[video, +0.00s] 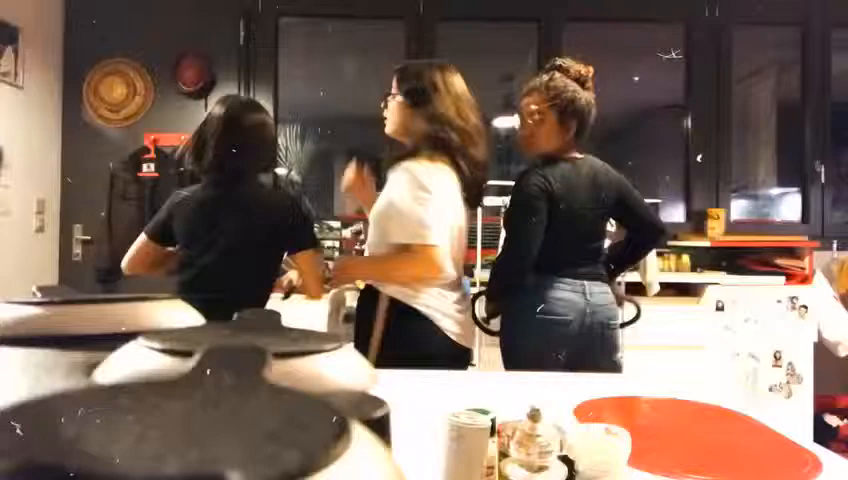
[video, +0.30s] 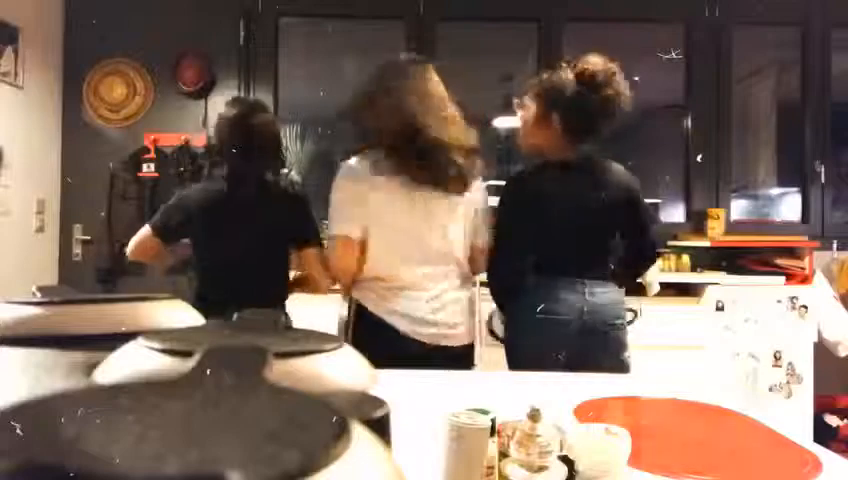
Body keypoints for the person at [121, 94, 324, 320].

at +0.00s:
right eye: (271, 137)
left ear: (205, 144)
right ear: (264, 146)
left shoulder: (183, 202)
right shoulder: (284, 207)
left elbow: (133, 264)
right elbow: (314, 288)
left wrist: (190, 258)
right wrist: (293, 278)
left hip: (186, 340)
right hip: (249, 342)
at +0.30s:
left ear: (220, 147)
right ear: (272, 147)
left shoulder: (197, 199)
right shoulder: (289, 201)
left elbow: (137, 250)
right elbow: (319, 280)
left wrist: (178, 254)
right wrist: (285, 284)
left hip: (211, 330)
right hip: (270, 331)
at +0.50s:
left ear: (213, 155)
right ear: (269, 155)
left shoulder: (195, 208)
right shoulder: (288, 209)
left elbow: (123, 243)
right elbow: (315, 290)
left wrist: (173, 246)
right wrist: (285, 281)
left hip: (206, 342)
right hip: (267, 344)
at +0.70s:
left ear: (203, 144)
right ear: (261, 142)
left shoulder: (181, 199)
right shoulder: (283, 203)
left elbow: (115, 245)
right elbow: (304, 279)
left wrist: (181, 244)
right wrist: (271, 264)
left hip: (195, 338)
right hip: (263, 341)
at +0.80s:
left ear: (201, 158)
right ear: (257, 157)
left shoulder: (182, 215)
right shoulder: (282, 215)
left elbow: (113, 265)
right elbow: (307, 291)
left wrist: (174, 258)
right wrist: (272, 276)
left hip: (199, 350)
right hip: (264, 351)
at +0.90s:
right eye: (258, 139)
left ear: (201, 150)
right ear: (256, 151)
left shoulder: (179, 205)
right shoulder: (277, 208)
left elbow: (107, 253)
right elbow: (306, 282)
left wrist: (161, 247)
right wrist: (274, 267)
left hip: (197, 344)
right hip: (263, 345)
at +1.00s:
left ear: (197, 144)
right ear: (256, 144)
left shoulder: (176, 198)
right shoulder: (274, 199)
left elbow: (105, 240)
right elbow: (305, 277)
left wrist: (167, 237)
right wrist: (270, 272)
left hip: (194, 332)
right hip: (260, 334)